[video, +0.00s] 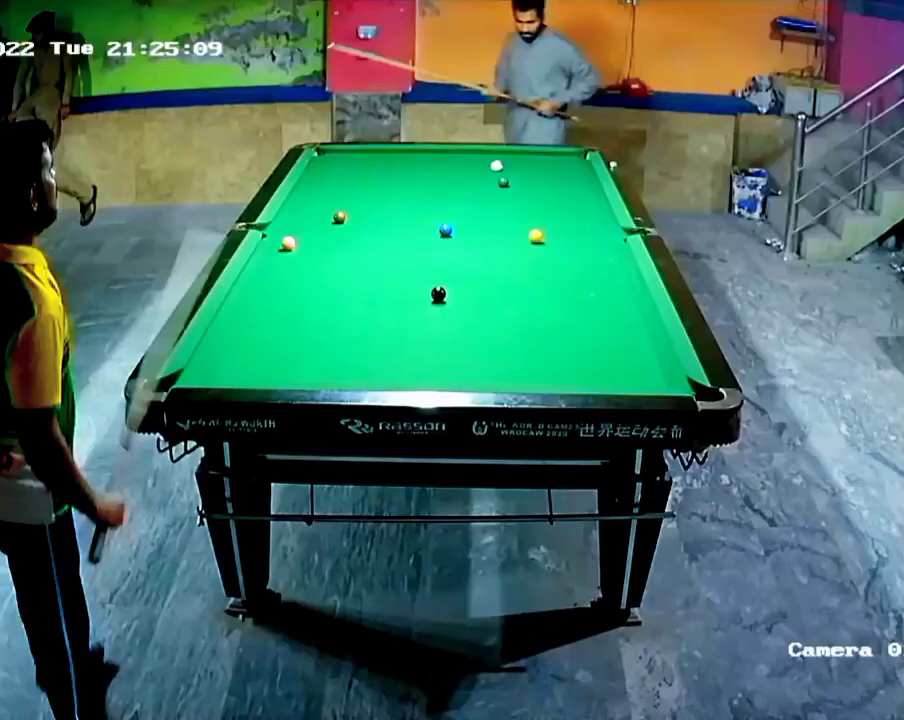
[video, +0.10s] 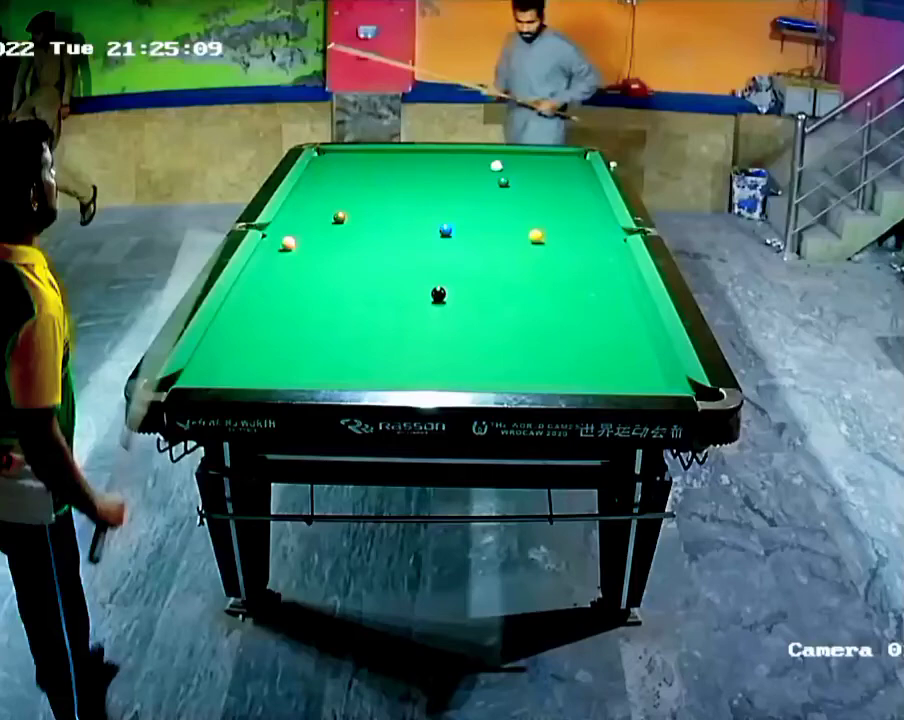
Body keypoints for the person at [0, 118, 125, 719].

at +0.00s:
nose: (58, 185)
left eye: (53, 171)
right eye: (50, 173)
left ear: (14, 192)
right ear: (30, 190)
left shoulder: (17, 261)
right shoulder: (29, 293)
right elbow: (37, 432)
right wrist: (95, 505)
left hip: (17, 475)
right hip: (28, 488)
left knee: (53, 582)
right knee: (54, 604)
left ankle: (75, 666)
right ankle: (72, 701)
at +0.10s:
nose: (58, 185)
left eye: (52, 171)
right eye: (50, 173)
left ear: (14, 192)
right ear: (30, 190)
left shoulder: (17, 261)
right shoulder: (29, 293)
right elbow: (37, 432)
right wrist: (95, 505)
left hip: (18, 475)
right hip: (28, 488)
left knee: (53, 582)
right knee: (54, 603)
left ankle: (75, 666)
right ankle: (72, 701)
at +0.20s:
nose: (51, 172)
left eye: (45, 159)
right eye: (42, 161)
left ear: (8, 180)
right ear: (24, 179)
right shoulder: (27, 271)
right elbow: (48, 398)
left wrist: (81, 458)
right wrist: (97, 469)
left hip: (17, 469)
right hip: (32, 474)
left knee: (55, 600)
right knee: (63, 607)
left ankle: (83, 693)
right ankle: (78, 707)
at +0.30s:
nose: (46, 171)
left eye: (40, 158)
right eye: (37, 161)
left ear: (4, 179)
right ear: (20, 176)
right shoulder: (28, 265)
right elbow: (56, 387)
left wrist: (82, 448)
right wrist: (96, 458)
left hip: (15, 461)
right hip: (33, 465)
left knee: (57, 582)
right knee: (65, 595)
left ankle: (86, 686)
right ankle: (79, 706)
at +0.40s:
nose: (36, 167)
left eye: (32, 157)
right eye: (32, 157)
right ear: (22, 170)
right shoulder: (35, 248)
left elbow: (60, 350)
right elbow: (64, 356)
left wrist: (84, 411)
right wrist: (95, 418)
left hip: (3, 444)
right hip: (36, 448)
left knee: (40, 566)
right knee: (73, 573)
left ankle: (72, 662)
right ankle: (86, 699)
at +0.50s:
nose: (33, 155)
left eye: (30, 144)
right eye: (29, 146)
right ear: (18, 153)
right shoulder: (38, 227)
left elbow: (65, 325)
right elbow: (68, 329)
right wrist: (102, 388)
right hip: (52, 424)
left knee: (26, 553)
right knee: (100, 543)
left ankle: (65, 650)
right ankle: (87, 667)